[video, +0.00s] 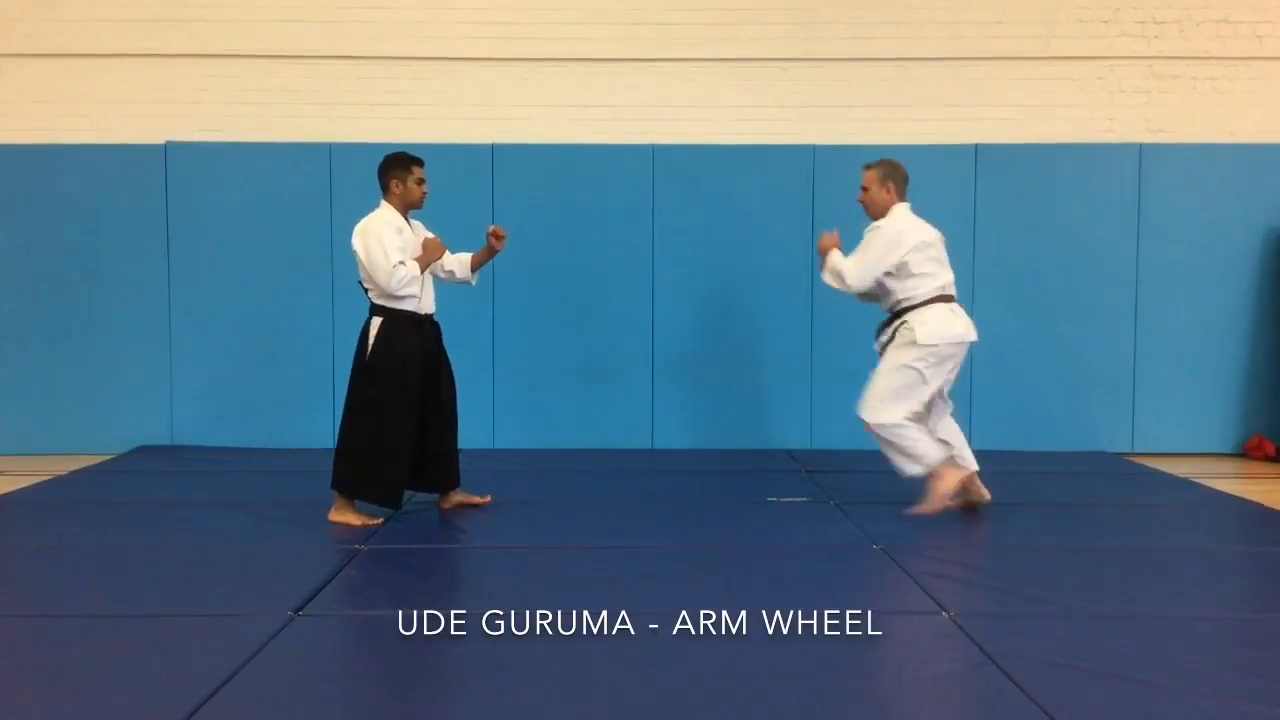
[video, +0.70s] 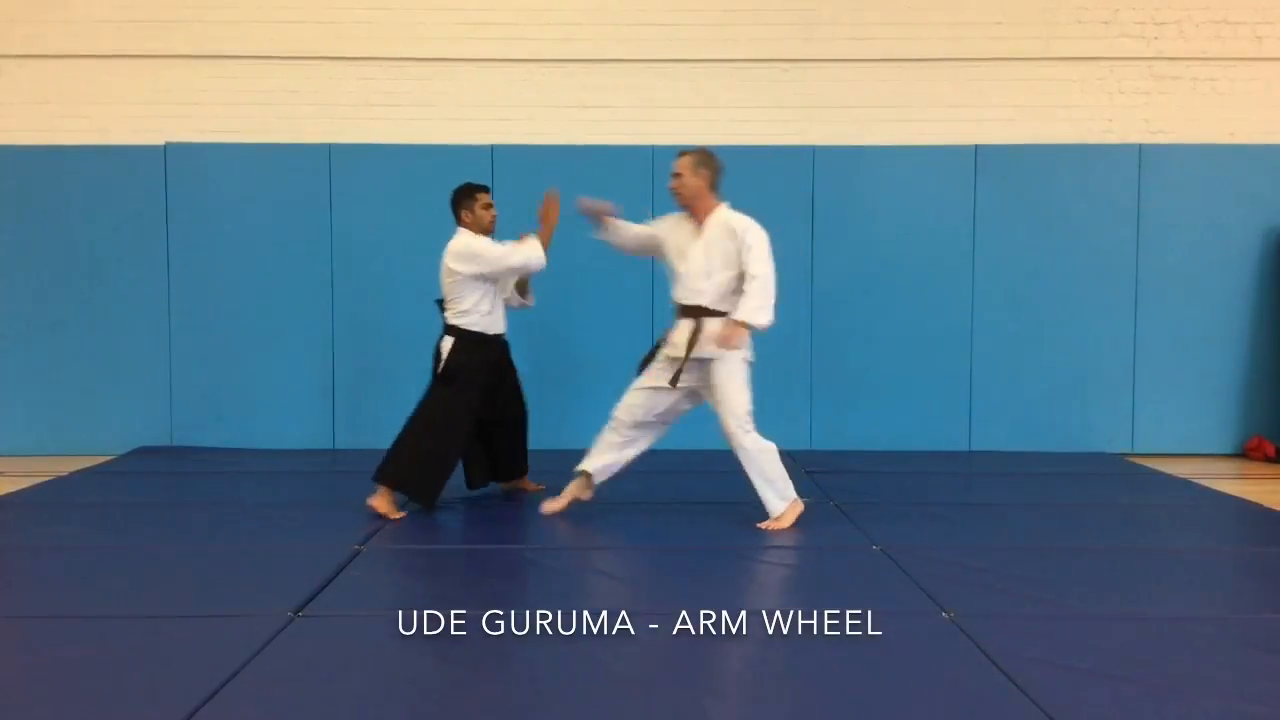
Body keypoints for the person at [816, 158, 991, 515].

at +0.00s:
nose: (860, 197)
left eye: (866, 190)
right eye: (861, 190)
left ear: (889, 191)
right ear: (892, 192)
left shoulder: (891, 227)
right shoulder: (921, 226)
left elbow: (853, 277)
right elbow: (885, 291)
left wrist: (832, 255)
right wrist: (837, 268)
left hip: (925, 330)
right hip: (953, 327)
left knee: (879, 411)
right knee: (931, 410)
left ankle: (942, 471)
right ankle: (969, 481)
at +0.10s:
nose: (844, 200)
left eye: (849, 193)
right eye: (844, 193)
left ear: (873, 194)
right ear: (876, 196)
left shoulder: (880, 231)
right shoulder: (900, 227)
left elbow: (837, 268)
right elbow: (871, 287)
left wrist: (817, 241)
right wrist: (836, 281)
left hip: (912, 334)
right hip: (937, 330)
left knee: (850, 401)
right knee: (926, 417)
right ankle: (970, 490)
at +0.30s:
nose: (795, 189)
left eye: (800, 180)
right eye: (795, 181)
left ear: (825, 180)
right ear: (826, 183)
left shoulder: (831, 220)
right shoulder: (855, 220)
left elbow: (787, 239)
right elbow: (880, 263)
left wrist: (781, 190)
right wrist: (838, 265)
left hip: (838, 335)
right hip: (853, 329)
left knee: (794, 411)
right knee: (874, 412)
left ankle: (794, 505)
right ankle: (938, 470)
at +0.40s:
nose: (764, 179)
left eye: (771, 172)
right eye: (766, 172)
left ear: (795, 177)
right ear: (796, 179)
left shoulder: (804, 221)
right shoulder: (824, 218)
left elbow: (757, 250)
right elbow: (862, 251)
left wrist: (756, 203)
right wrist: (831, 275)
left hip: (807, 335)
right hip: (815, 332)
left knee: (772, 417)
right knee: (800, 418)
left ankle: (790, 508)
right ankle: (854, 457)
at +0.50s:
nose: (739, 184)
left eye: (746, 176)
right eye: (739, 176)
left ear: (770, 177)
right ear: (765, 179)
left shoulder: (783, 224)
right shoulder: (781, 221)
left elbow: (749, 272)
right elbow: (820, 262)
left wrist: (722, 238)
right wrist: (774, 279)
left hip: (787, 338)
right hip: (760, 336)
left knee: (762, 417)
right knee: (709, 398)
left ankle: (790, 508)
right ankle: (740, 477)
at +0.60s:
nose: (708, 183)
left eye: (715, 175)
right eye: (708, 176)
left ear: (741, 177)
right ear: (728, 180)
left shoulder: (766, 229)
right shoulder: (725, 228)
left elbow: (750, 282)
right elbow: (728, 271)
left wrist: (701, 295)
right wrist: (701, 252)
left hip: (758, 338)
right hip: (723, 336)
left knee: (752, 425)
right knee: (668, 401)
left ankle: (789, 509)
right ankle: (634, 485)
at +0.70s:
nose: (673, 184)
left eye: (679, 176)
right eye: (672, 177)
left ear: (705, 180)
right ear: (691, 182)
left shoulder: (743, 230)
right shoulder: (673, 227)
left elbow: (760, 282)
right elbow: (635, 237)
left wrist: (741, 322)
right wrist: (606, 222)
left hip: (725, 334)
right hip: (684, 334)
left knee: (737, 425)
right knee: (634, 409)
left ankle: (787, 502)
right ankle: (584, 482)